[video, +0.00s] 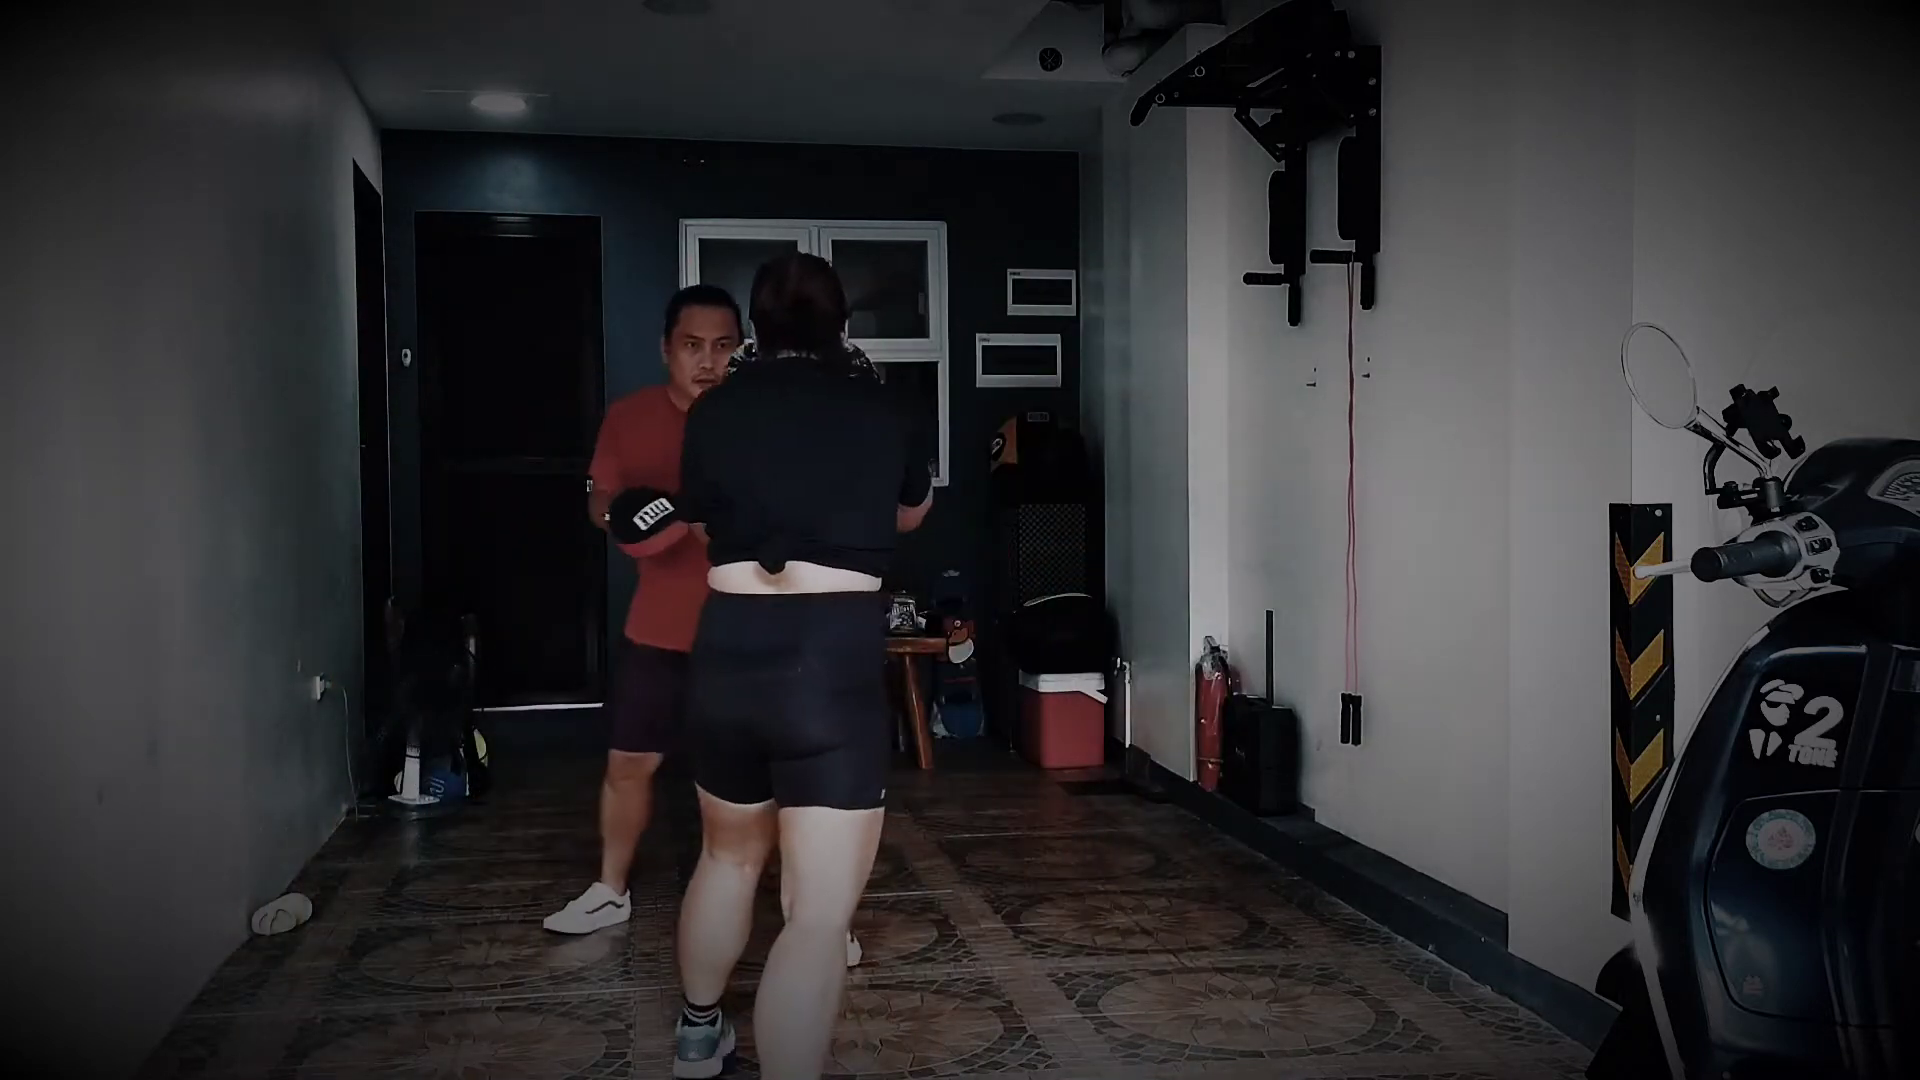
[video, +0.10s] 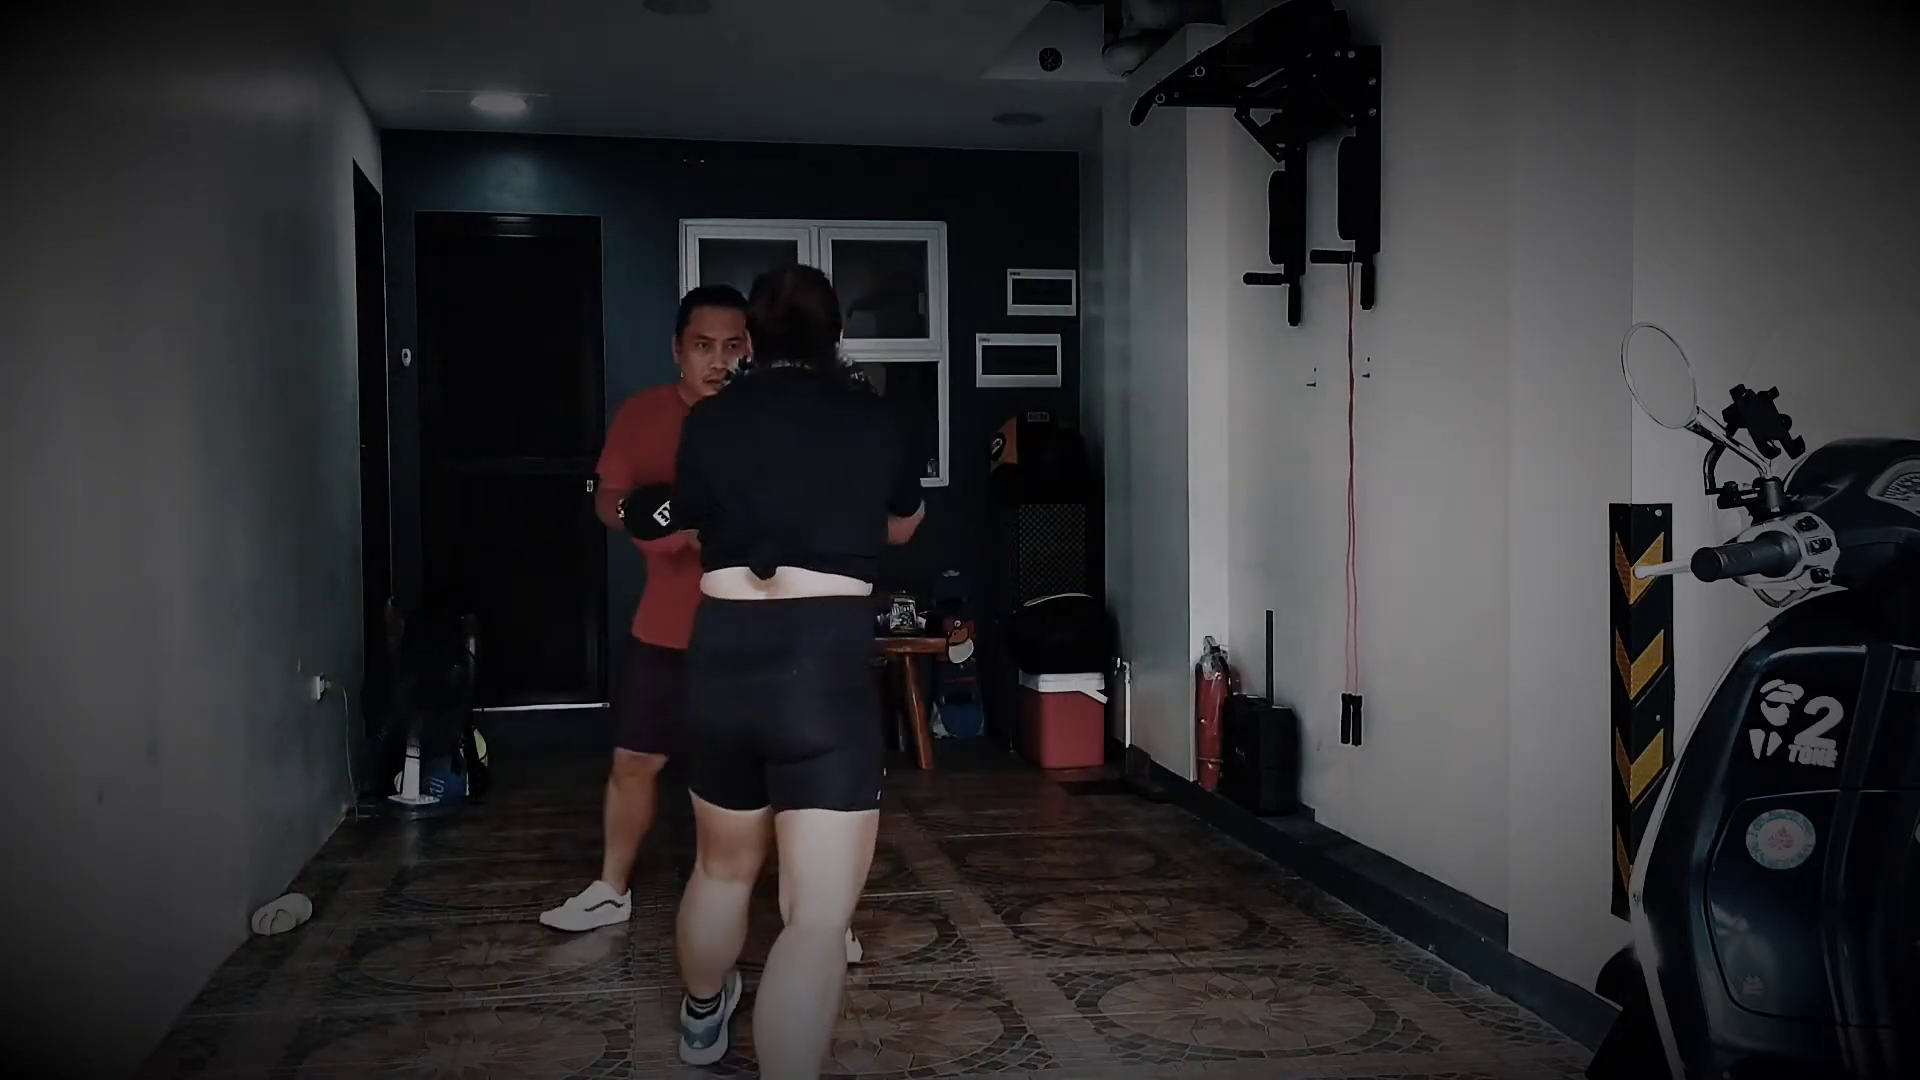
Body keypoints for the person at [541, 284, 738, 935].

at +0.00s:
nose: (708, 359)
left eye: (722, 345)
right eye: (694, 344)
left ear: (739, 351)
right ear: (667, 349)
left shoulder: (756, 418)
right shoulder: (631, 416)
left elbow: (779, 507)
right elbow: (600, 498)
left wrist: (708, 521)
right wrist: (624, 518)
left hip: (738, 629)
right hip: (657, 624)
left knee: (751, 772)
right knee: (627, 763)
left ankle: (809, 911)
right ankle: (612, 889)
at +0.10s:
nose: (718, 358)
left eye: (732, 345)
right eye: (704, 344)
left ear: (750, 351)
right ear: (678, 350)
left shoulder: (763, 417)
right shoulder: (644, 413)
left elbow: (790, 498)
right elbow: (608, 500)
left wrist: (724, 519)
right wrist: (638, 516)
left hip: (744, 628)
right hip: (664, 625)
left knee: (759, 772)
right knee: (632, 761)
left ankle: (812, 911)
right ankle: (612, 888)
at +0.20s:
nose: (722, 364)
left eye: (735, 351)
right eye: (709, 349)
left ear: (753, 359)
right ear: (682, 352)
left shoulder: (767, 419)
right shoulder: (646, 415)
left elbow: (791, 499)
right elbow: (610, 503)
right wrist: (644, 513)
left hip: (748, 629)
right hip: (664, 625)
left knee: (769, 768)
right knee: (630, 762)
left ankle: (815, 911)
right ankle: (610, 888)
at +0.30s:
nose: (719, 366)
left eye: (731, 354)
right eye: (708, 351)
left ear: (749, 360)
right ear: (681, 353)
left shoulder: (767, 419)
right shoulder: (648, 415)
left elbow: (789, 497)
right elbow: (609, 503)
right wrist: (648, 520)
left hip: (742, 629)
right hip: (661, 626)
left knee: (748, 765)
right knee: (626, 761)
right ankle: (610, 889)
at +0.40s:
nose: (709, 361)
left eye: (722, 350)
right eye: (699, 348)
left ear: (745, 356)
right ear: (677, 350)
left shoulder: (770, 416)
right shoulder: (646, 414)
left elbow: (795, 498)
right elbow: (605, 501)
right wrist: (637, 518)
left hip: (748, 631)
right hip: (660, 627)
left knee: (781, 771)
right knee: (622, 760)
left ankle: (830, 896)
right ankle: (609, 889)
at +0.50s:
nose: (709, 364)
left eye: (721, 352)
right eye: (697, 349)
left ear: (743, 357)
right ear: (673, 352)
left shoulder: (773, 415)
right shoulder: (639, 417)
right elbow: (612, 514)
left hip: (750, 636)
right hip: (657, 632)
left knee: (786, 776)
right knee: (618, 762)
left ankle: (827, 909)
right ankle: (608, 892)